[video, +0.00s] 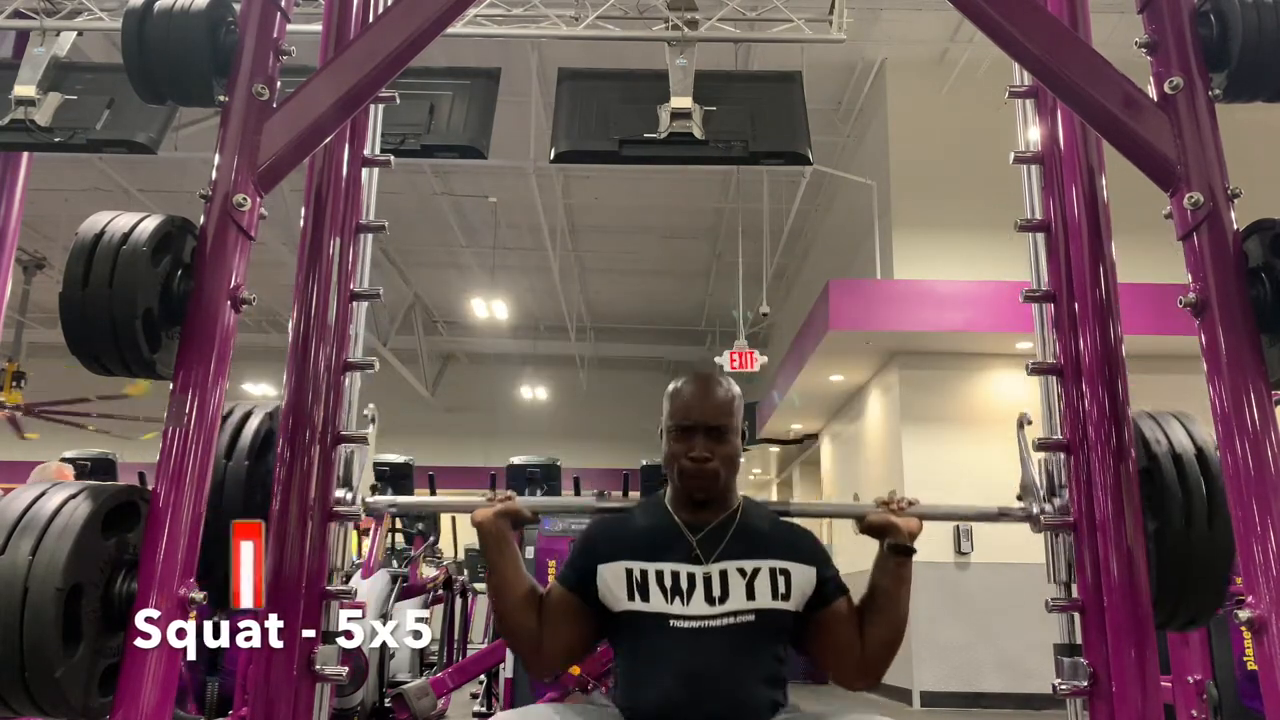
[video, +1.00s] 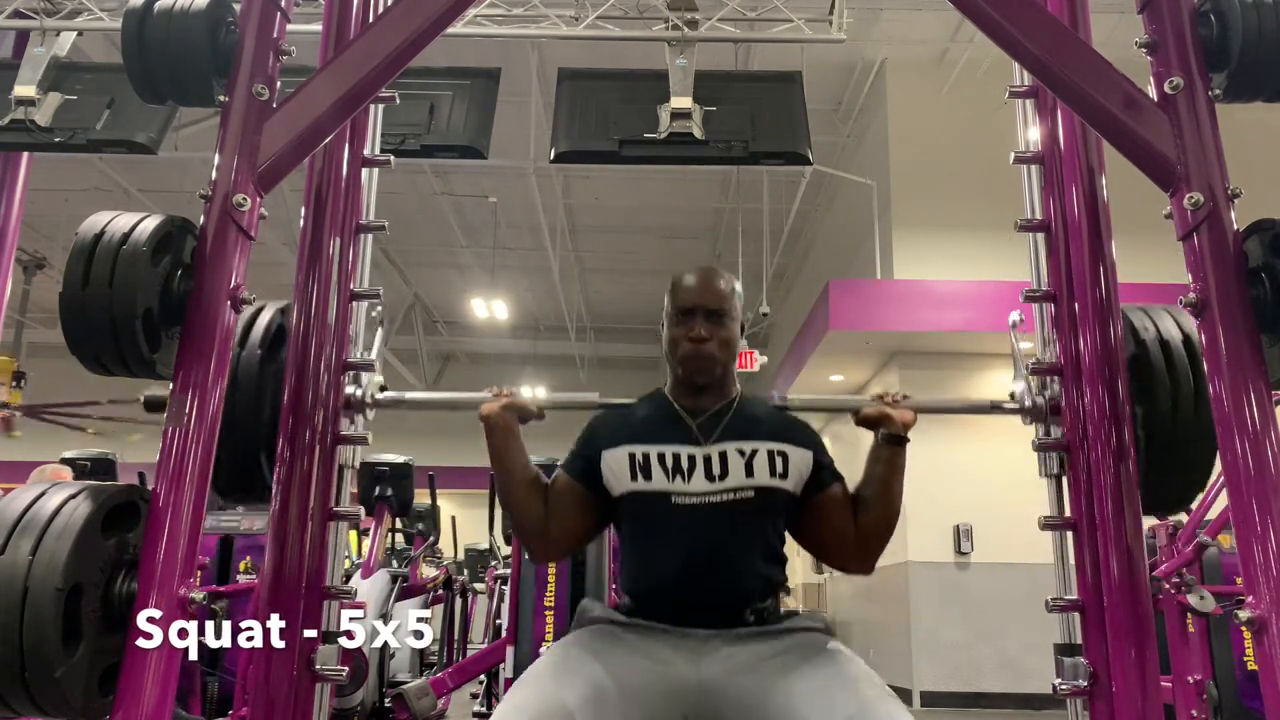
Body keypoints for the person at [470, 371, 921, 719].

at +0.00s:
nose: (697, 450)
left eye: (715, 434)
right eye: (682, 433)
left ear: (742, 443)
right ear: (662, 441)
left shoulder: (792, 548)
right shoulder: (610, 541)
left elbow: (857, 668)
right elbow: (545, 655)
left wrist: (896, 552)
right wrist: (497, 539)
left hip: (754, 712)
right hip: (644, 713)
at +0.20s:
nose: (697, 476)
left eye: (715, 460)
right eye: (682, 459)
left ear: (742, 465)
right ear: (662, 463)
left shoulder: (790, 570)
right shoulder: (608, 564)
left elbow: (860, 692)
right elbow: (541, 677)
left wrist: (899, 574)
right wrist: (495, 562)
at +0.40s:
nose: (697, 467)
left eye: (715, 451)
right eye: (681, 451)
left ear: (742, 457)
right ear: (661, 455)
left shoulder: (790, 564)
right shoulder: (607, 560)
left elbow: (860, 685)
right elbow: (539, 671)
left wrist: (898, 566)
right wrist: (495, 554)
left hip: (755, 715)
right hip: (645, 714)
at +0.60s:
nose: (697, 434)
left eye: (715, 419)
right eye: (683, 418)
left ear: (742, 430)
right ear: (663, 427)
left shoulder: (790, 535)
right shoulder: (613, 527)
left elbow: (859, 658)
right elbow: (542, 640)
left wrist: (895, 541)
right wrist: (497, 525)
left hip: (764, 710)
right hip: (637, 710)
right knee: (511, 719)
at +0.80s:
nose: (698, 383)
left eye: (714, 371)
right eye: (684, 370)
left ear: (740, 385)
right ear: (664, 383)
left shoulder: (786, 486)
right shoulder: (614, 483)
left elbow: (858, 605)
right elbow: (543, 590)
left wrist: (893, 492)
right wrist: (499, 483)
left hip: (768, 686)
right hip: (633, 683)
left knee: (887, 718)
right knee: (511, 718)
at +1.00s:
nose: (697, 331)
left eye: (714, 318)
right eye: (684, 316)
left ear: (741, 335)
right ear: (665, 331)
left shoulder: (785, 435)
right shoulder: (614, 432)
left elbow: (858, 551)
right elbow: (547, 539)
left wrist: (890, 443)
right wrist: (501, 432)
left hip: (766, 649)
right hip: (635, 646)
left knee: (880, 718)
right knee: (522, 714)